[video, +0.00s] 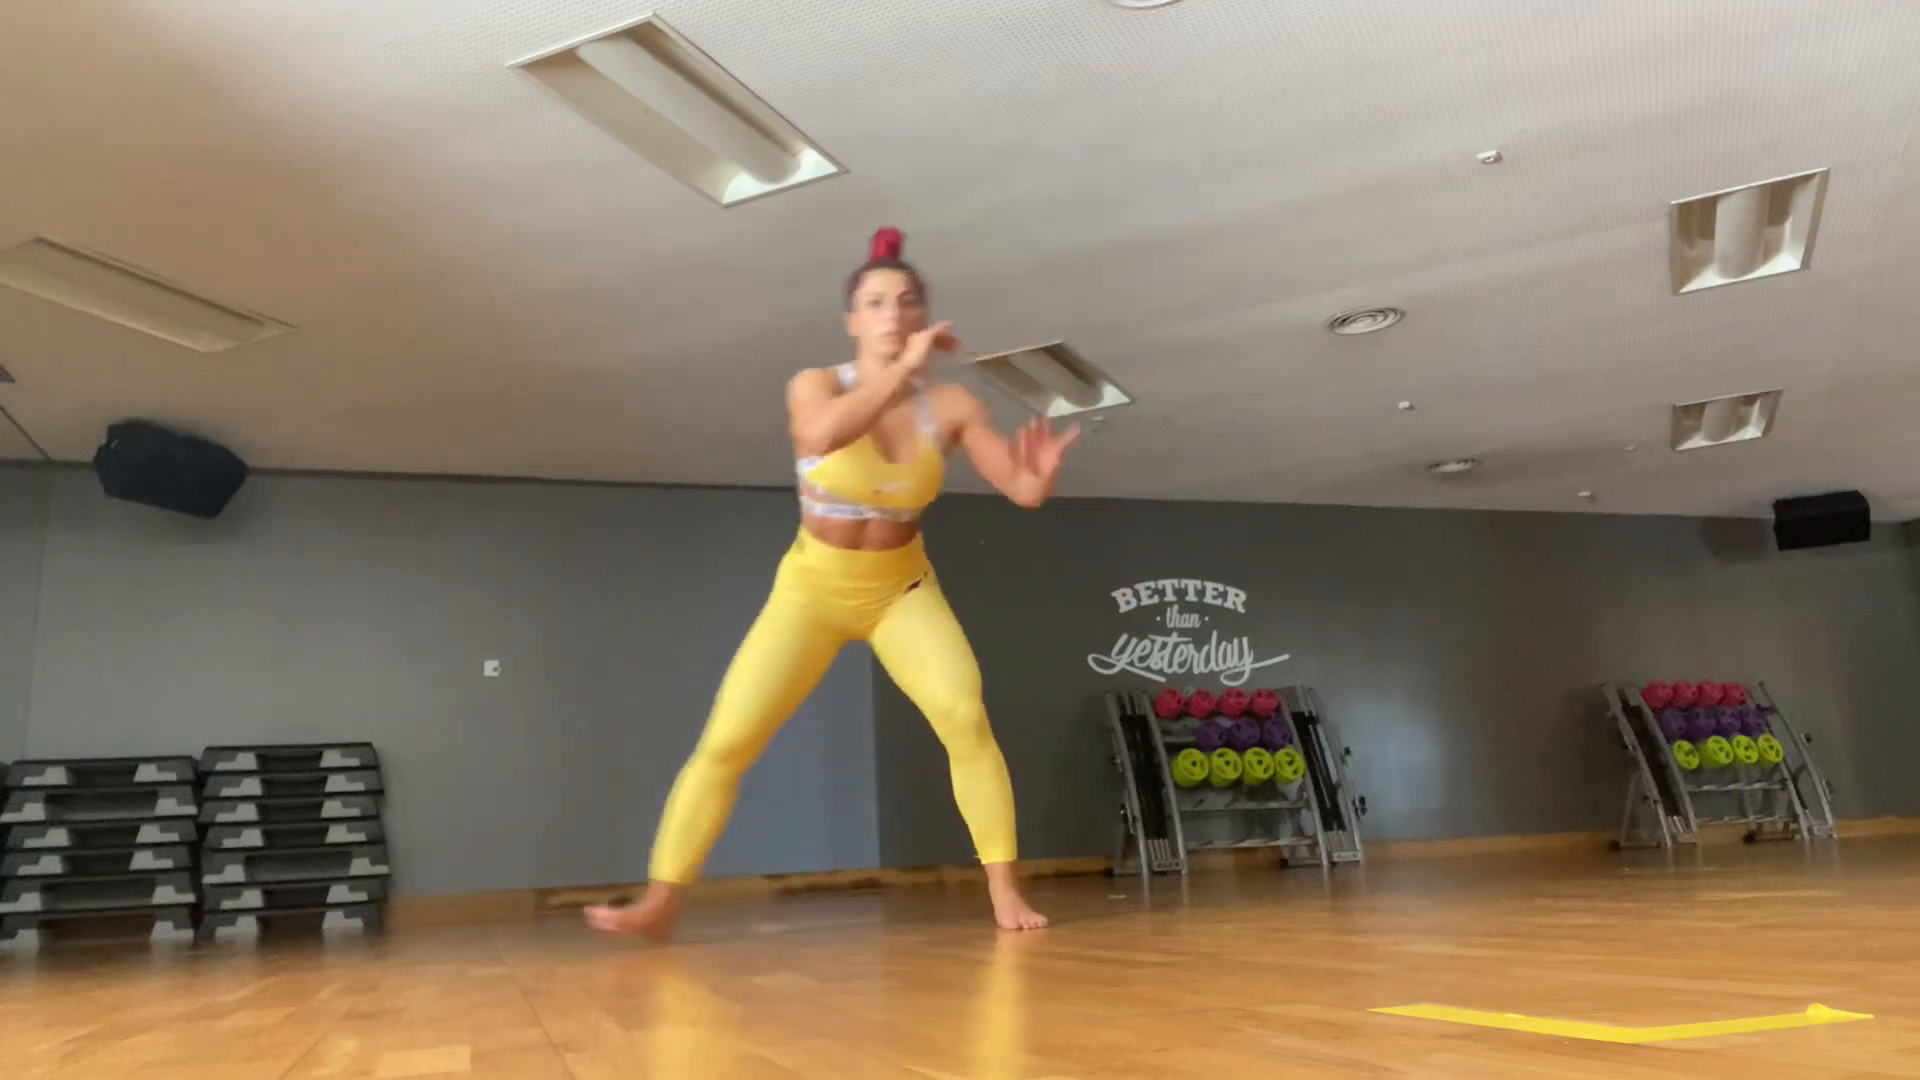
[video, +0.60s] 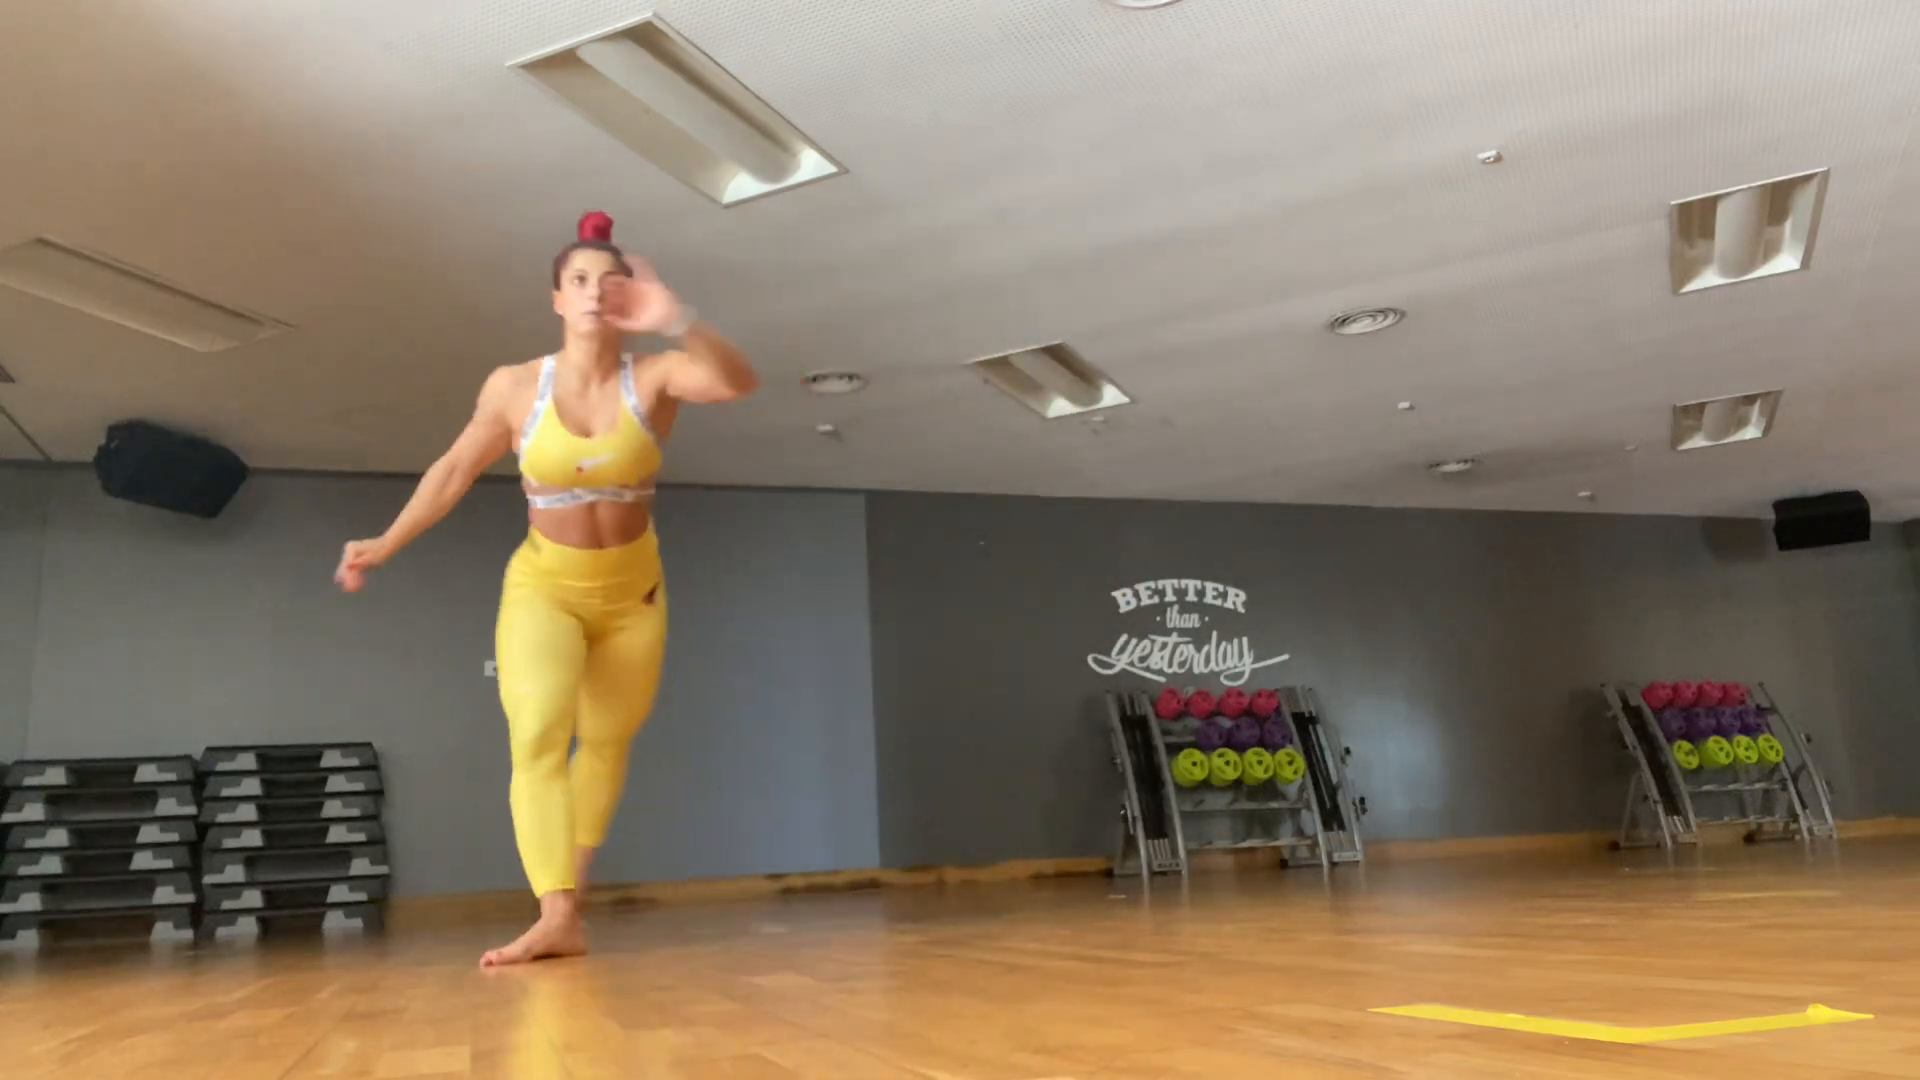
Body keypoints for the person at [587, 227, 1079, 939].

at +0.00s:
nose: (895, 314)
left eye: (907, 303)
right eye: (877, 302)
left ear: (925, 318)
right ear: (851, 321)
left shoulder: (950, 405)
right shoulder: (816, 385)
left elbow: (1018, 485)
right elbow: (815, 437)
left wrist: (1035, 479)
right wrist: (901, 371)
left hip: (904, 590)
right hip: (812, 586)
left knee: (966, 718)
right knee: (727, 740)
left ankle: (1004, 888)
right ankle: (658, 902)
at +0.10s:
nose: (836, 328)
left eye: (849, 315)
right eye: (818, 315)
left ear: (870, 330)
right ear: (791, 333)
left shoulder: (899, 415)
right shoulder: (758, 402)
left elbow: (975, 493)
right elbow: (765, 425)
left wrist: (1008, 500)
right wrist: (845, 366)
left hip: (875, 602)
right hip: (780, 606)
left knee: (947, 722)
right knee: (684, 738)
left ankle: (1003, 891)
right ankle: (593, 900)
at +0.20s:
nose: (740, 329)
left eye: (755, 315)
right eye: (723, 314)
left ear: (776, 329)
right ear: (696, 329)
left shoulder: (807, 416)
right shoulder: (667, 405)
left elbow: (882, 484)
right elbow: (637, 430)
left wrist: (938, 492)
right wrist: (741, 363)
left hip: (791, 603)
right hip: (691, 609)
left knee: (884, 726)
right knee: (606, 729)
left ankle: (995, 883)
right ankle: (565, 918)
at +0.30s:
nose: (688, 321)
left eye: (703, 307)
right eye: (670, 308)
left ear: (724, 323)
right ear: (645, 324)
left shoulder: (756, 407)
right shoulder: (610, 402)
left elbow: (840, 460)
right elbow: (544, 460)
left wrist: (895, 459)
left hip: (738, 596)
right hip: (640, 600)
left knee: (827, 732)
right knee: (571, 732)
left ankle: (928, 882)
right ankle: (561, 919)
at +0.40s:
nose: (648, 315)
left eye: (664, 302)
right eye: (632, 303)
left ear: (685, 321)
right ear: (607, 320)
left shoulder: (721, 400)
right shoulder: (568, 405)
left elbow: (822, 436)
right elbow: (465, 489)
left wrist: (860, 419)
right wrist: (469, 495)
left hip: (697, 591)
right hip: (599, 594)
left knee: (761, 736)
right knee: (555, 734)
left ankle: (814, 889)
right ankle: (561, 916)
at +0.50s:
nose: (612, 293)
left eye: (627, 283)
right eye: (595, 284)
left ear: (647, 309)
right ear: (571, 307)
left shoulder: (680, 382)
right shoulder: (529, 394)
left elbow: (786, 398)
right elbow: (444, 485)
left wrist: (772, 356)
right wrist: (369, 554)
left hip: (655, 589)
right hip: (564, 587)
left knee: (664, 742)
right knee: (539, 736)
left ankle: (660, 877)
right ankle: (559, 915)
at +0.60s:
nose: (597, 290)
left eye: (611, 278)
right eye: (580, 280)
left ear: (629, 297)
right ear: (556, 299)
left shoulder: (653, 374)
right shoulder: (514, 388)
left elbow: (738, 381)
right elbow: (452, 473)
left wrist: (678, 322)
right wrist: (384, 546)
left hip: (631, 590)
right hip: (543, 585)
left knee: (606, 742)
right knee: (536, 736)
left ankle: (571, 887)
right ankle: (556, 913)